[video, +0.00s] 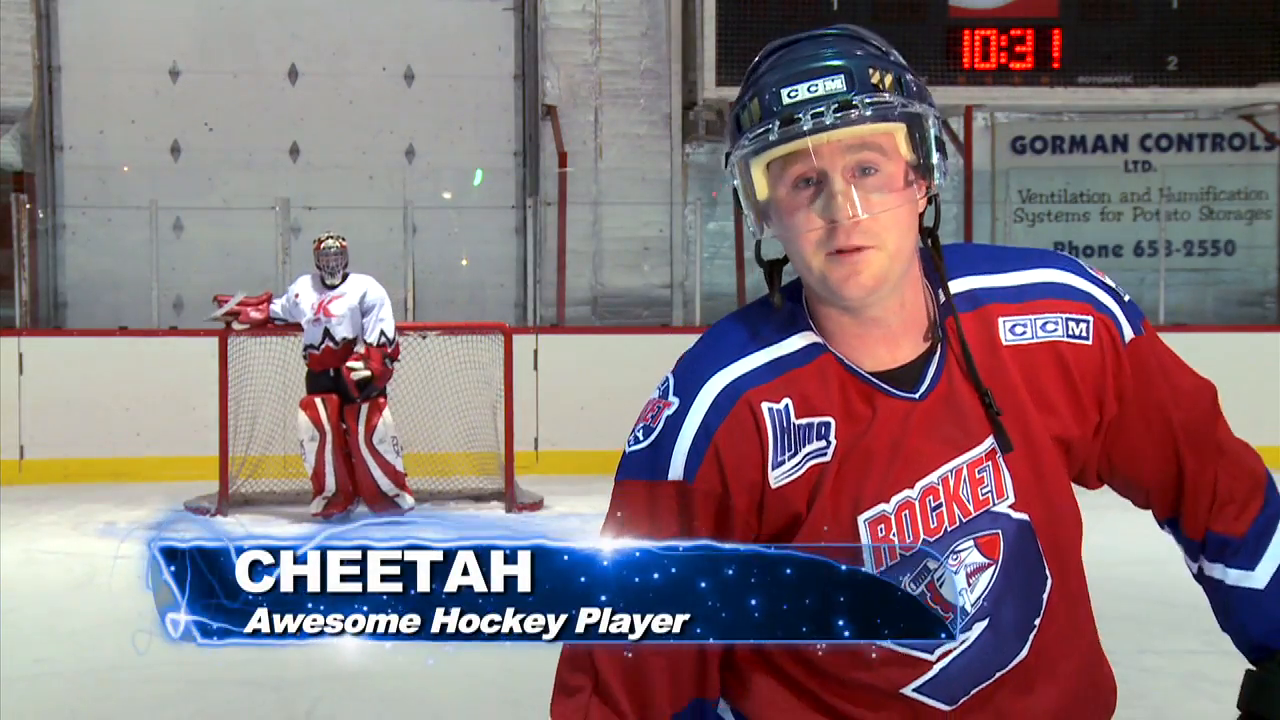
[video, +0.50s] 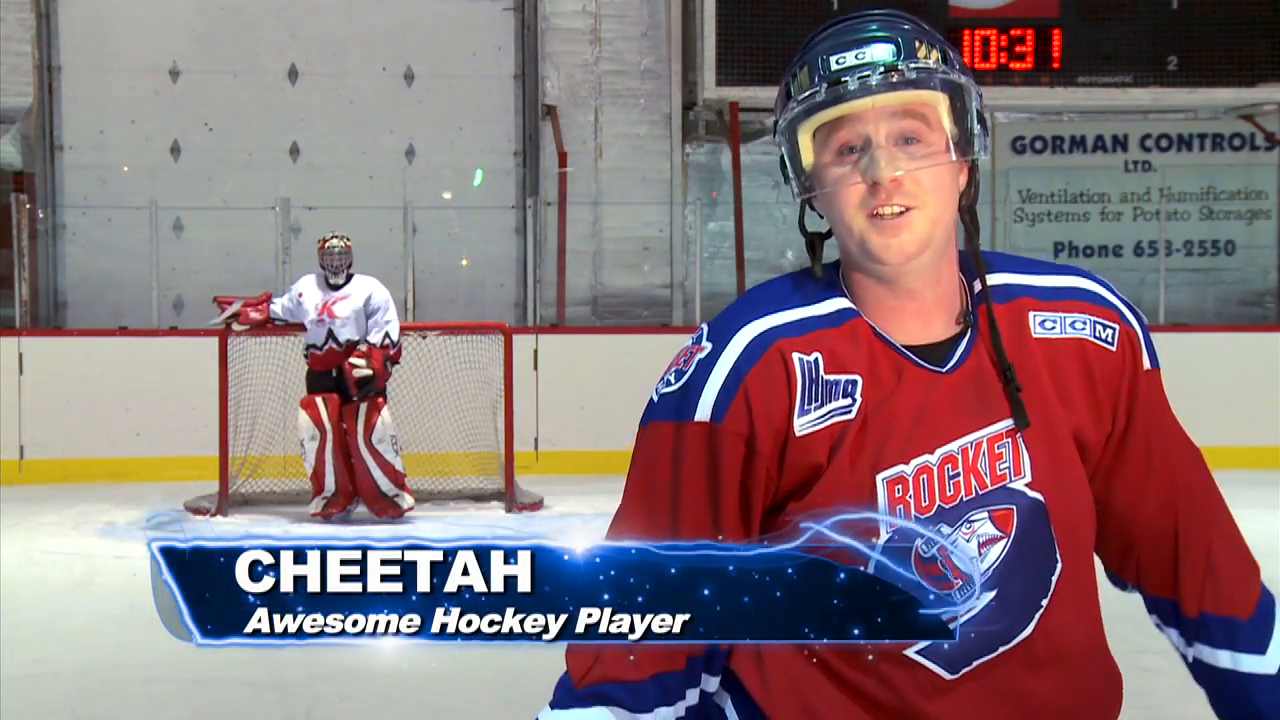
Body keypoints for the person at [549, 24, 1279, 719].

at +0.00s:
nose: (840, 209)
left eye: (868, 171)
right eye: (805, 183)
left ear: (921, 185)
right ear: (771, 216)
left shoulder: (1063, 316)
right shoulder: (710, 413)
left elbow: (1229, 501)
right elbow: (621, 684)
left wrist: (1272, 648)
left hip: (1056, 702)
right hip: (821, 711)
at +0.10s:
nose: (849, 204)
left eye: (875, 165)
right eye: (813, 180)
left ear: (928, 178)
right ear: (780, 215)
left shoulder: (1067, 317)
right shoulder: (717, 412)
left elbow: (1220, 513)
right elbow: (633, 679)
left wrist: (1279, 654)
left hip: (1064, 701)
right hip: (829, 708)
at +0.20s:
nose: (854, 190)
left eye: (882, 154)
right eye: (818, 167)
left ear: (936, 169)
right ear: (784, 205)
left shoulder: (1069, 316)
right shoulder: (727, 396)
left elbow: (1205, 547)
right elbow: (642, 668)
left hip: (1067, 702)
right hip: (831, 708)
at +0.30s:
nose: (868, 183)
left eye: (894, 147)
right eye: (832, 158)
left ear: (945, 168)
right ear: (796, 192)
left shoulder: (1073, 317)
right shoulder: (736, 383)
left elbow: (1206, 565)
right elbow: (646, 655)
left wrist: (1278, 691)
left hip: (1070, 704)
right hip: (831, 708)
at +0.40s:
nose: (879, 174)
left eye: (906, 140)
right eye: (843, 150)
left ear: (954, 164)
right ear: (806, 185)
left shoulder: (1081, 320)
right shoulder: (738, 374)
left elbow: (1209, 564)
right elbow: (640, 643)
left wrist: (1274, 692)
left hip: (1070, 704)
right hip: (828, 709)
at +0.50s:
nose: (884, 174)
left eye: (911, 140)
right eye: (849, 151)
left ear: (961, 163)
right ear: (810, 186)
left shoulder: (1084, 327)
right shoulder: (740, 368)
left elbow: (1208, 578)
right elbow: (633, 652)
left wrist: (1264, 701)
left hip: (1062, 707)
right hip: (819, 713)